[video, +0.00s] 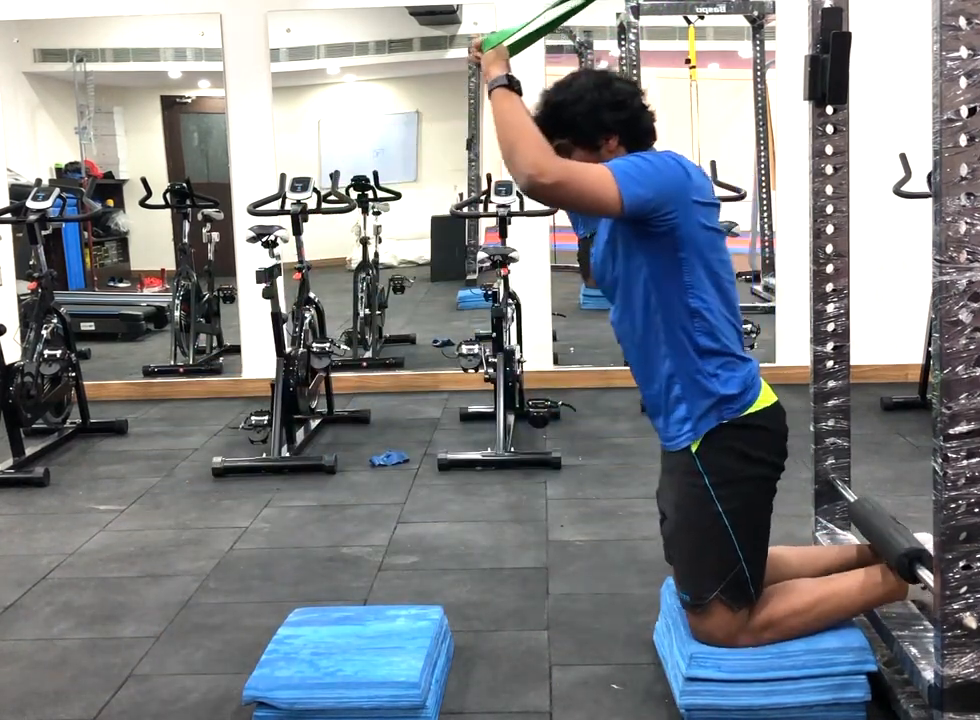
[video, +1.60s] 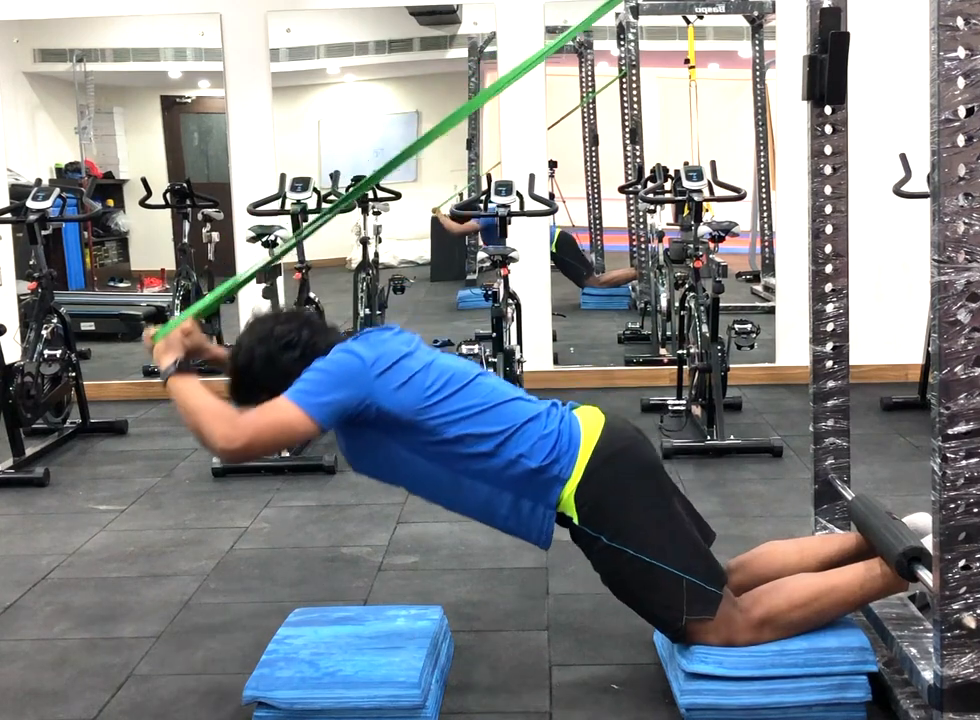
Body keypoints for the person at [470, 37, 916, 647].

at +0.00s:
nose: (565, 165)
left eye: (572, 152)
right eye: (559, 154)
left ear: (608, 142)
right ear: (604, 150)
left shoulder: (666, 177)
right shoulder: (630, 198)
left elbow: (541, 174)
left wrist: (497, 79)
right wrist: (502, 88)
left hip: (725, 429)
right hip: (693, 429)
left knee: (723, 622)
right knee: (709, 578)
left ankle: (909, 578)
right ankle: (869, 553)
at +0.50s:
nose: (457, 205)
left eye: (458, 193)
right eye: (450, 193)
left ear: (484, 185)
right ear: (510, 159)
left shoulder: (550, 203)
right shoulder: (538, 216)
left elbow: (433, 207)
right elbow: (443, 206)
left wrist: (419, 115)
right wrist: (430, 120)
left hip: (687, 435)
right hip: (670, 433)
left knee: (723, 627)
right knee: (715, 580)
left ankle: (901, 576)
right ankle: (871, 542)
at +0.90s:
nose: (372, 276)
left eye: (369, 260)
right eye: (365, 260)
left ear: (397, 248)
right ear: (416, 217)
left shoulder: (464, 254)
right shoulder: (471, 253)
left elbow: (340, 275)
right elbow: (353, 271)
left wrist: (318, 189)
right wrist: (328, 191)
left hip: (648, 445)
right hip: (647, 431)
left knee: (723, 626)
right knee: (720, 583)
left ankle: (910, 572)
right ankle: (866, 539)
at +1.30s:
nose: (311, 332)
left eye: (310, 316)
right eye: (305, 317)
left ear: (336, 300)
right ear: (355, 286)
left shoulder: (399, 309)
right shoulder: (412, 303)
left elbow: (266, 348)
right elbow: (287, 343)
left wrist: (232, 265)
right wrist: (254, 268)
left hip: (614, 464)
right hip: (613, 451)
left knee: (720, 629)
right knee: (708, 589)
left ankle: (904, 571)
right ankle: (865, 537)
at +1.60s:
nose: (278, 416)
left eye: (274, 403)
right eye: (273, 402)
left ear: (293, 377)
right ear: (310, 340)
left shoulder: (354, 365)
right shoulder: (370, 353)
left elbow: (232, 437)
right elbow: (252, 426)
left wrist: (174, 372)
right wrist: (200, 361)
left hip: (590, 476)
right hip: (593, 451)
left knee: (719, 631)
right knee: (714, 585)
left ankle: (905, 567)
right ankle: (866, 538)